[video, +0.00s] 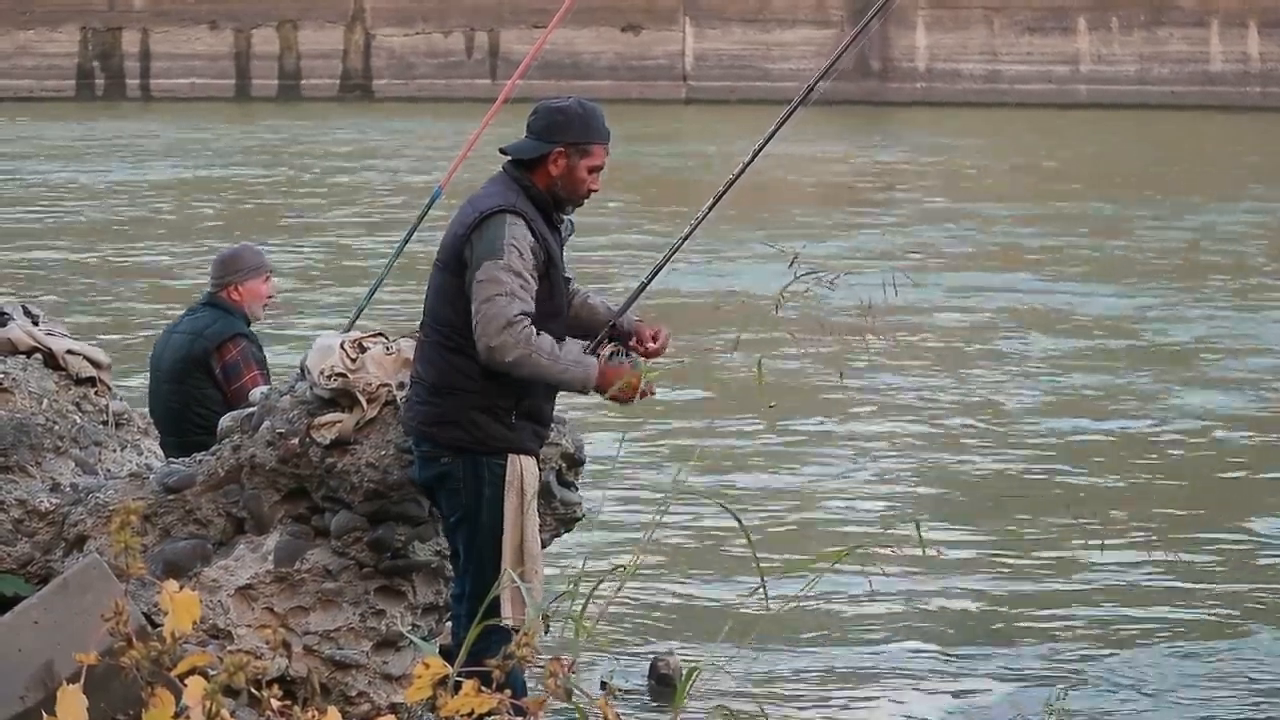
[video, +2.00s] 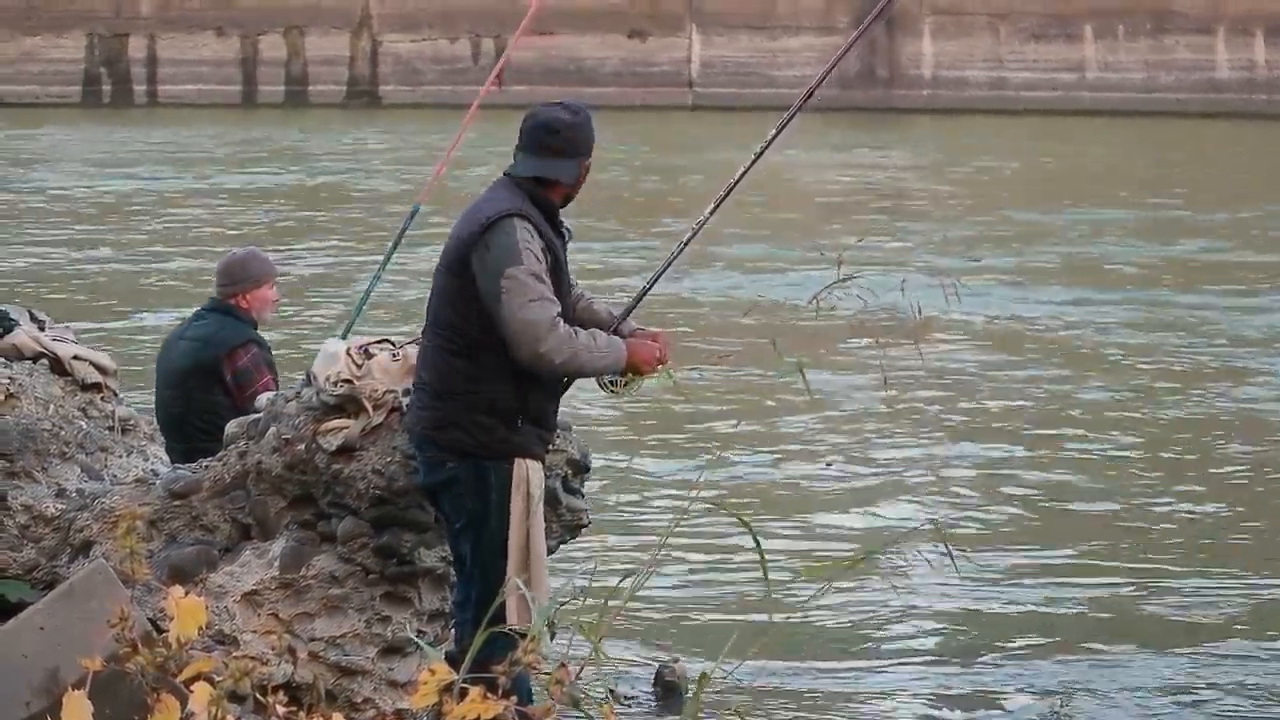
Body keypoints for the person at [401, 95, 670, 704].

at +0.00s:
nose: (598, 182)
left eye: (601, 169)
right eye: (592, 169)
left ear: (560, 160)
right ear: (554, 161)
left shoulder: (533, 217)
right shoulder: (506, 223)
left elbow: (554, 303)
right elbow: (503, 337)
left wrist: (623, 328)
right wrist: (594, 372)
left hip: (494, 437)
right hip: (469, 442)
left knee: (497, 595)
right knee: (490, 600)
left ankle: (489, 711)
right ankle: (484, 713)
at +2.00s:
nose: (587, 176)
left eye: (587, 165)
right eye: (586, 165)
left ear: (530, 160)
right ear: (574, 171)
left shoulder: (529, 221)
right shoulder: (508, 228)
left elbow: (563, 304)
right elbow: (539, 339)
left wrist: (624, 330)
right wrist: (621, 353)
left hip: (490, 437)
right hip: (469, 442)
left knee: (498, 586)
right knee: (492, 589)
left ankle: (493, 707)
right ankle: (492, 710)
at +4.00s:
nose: (593, 173)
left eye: (594, 162)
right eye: (592, 162)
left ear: (542, 162)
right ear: (572, 168)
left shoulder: (527, 222)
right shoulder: (511, 230)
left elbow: (565, 308)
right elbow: (547, 343)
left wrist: (630, 331)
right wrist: (624, 343)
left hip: (485, 444)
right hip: (475, 448)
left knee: (489, 598)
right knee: (496, 603)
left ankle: (481, 709)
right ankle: (498, 713)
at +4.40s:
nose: (595, 174)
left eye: (595, 162)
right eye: (593, 162)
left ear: (545, 163)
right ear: (572, 169)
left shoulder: (528, 223)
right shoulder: (510, 230)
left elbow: (565, 308)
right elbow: (544, 345)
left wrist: (631, 332)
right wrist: (625, 345)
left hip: (488, 445)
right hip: (475, 450)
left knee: (489, 603)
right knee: (497, 608)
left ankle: (482, 710)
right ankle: (498, 714)